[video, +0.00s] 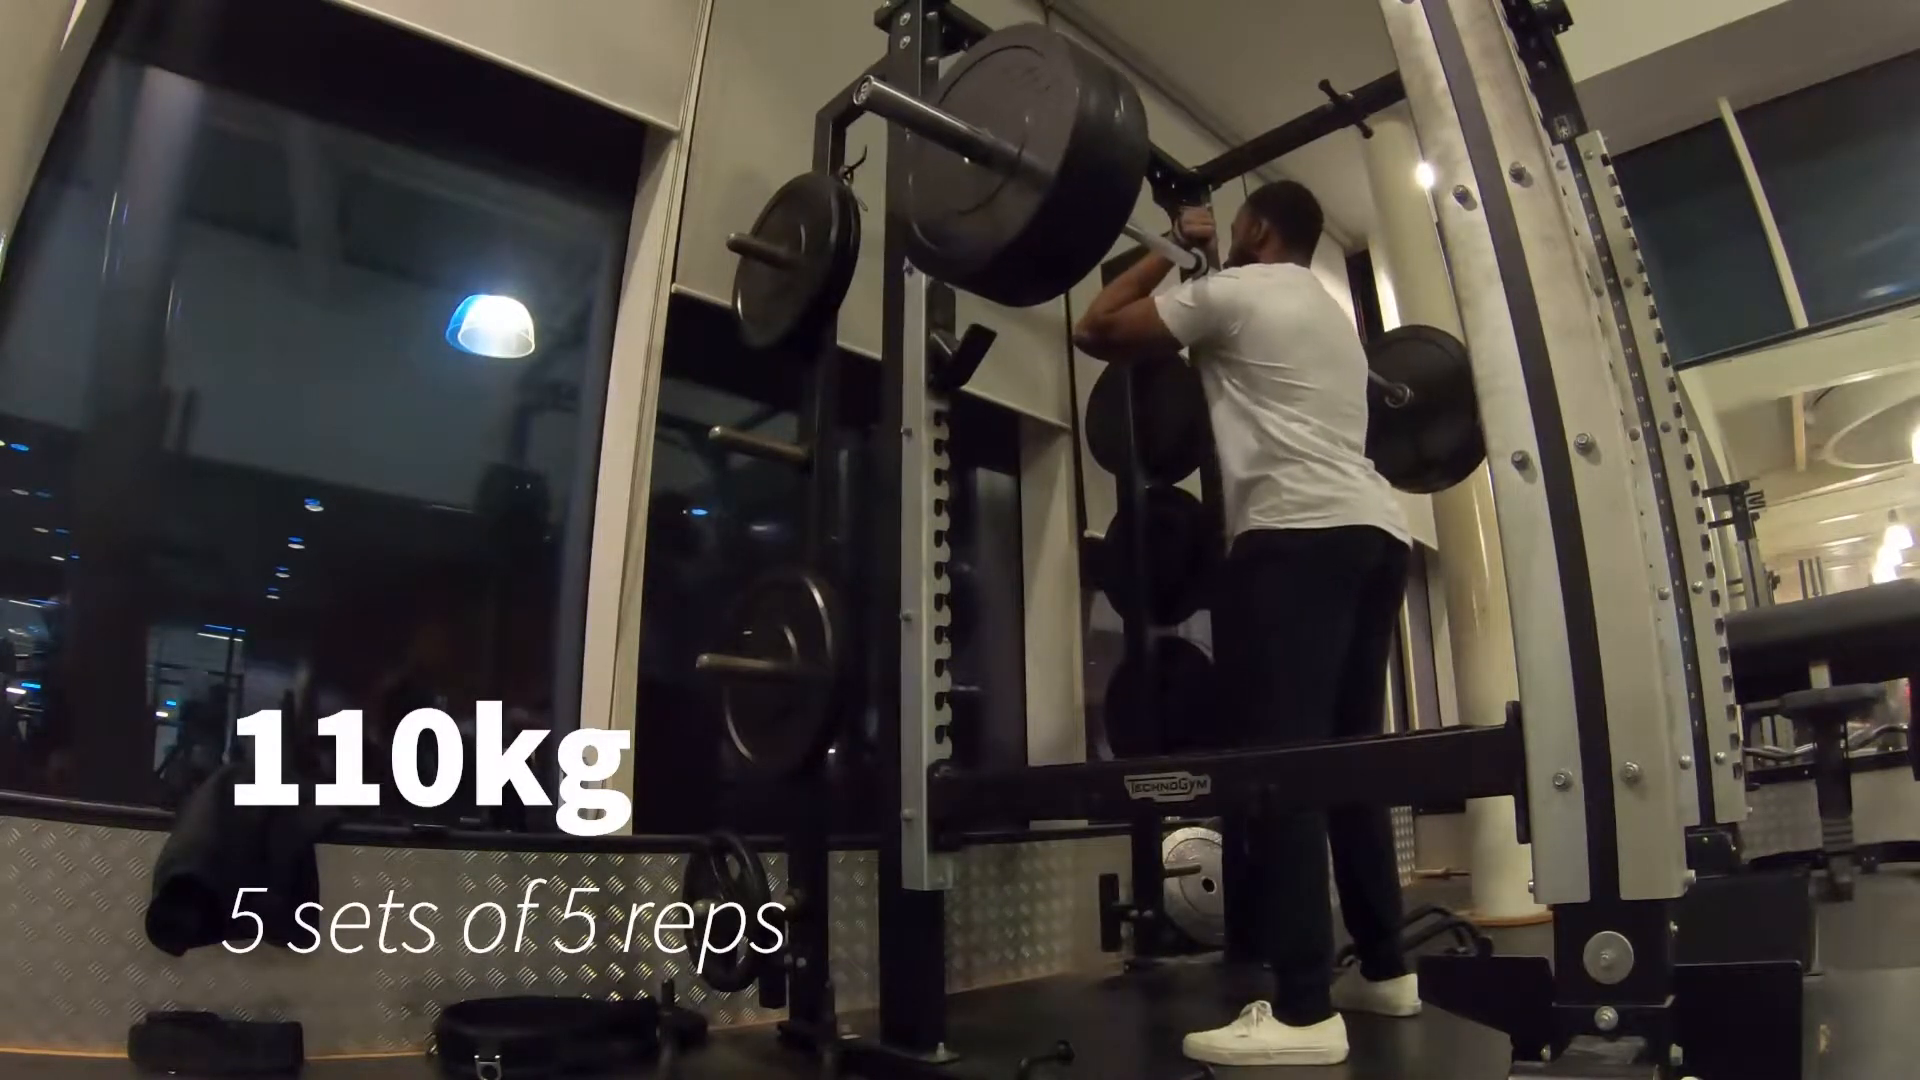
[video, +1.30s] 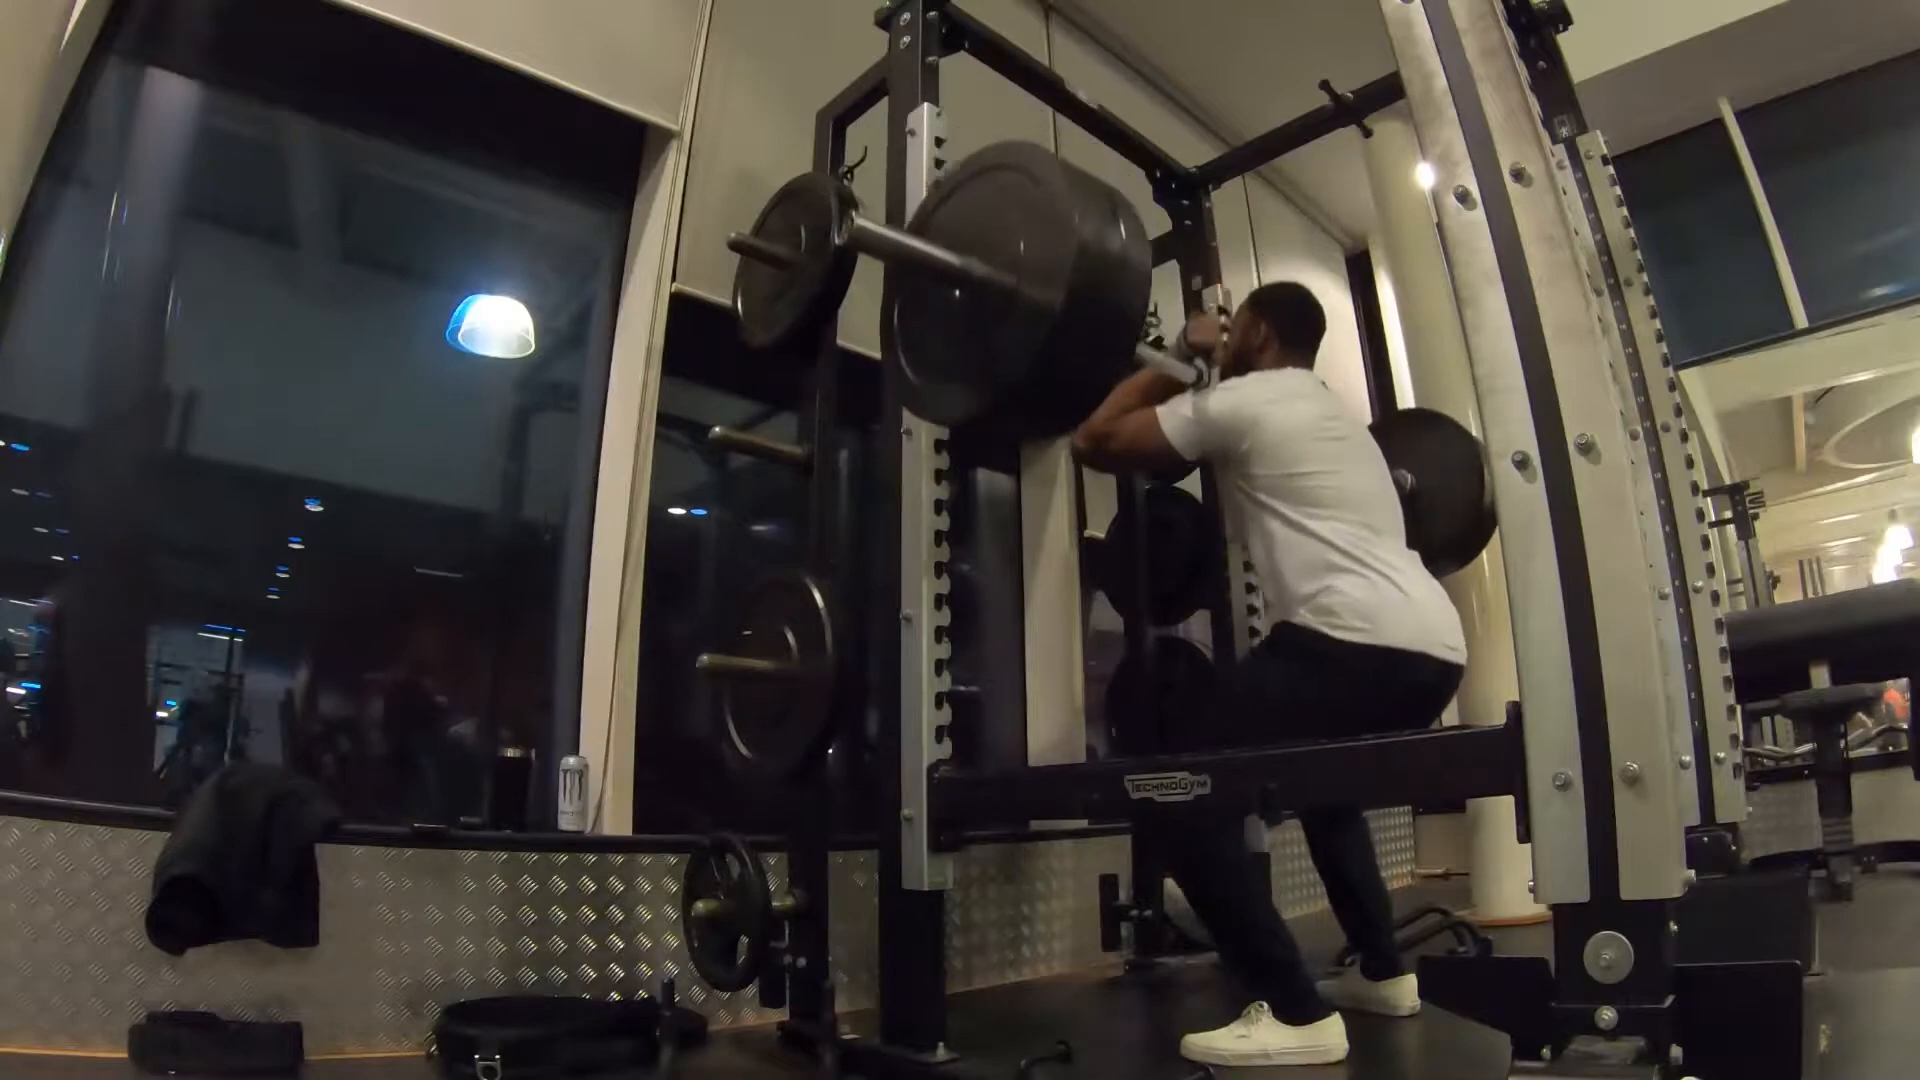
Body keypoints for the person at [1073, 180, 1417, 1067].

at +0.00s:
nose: (1236, 240)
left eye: (1242, 229)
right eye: (1241, 231)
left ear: (1259, 230)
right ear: (1310, 242)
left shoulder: (1239, 295)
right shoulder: (1333, 312)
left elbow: (1097, 324)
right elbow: (1242, 344)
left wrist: (1166, 252)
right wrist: (1202, 264)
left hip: (1290, 541)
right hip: (1373, 540)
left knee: (1278, 770)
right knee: (1350, 762)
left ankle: (1301, 1010)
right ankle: (1386, 970)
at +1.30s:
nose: (1224, 338)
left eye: (1235, 325)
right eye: (1231, 325)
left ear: (1259, 336)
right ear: (1303, 347)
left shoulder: (1240, 404)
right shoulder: (1336, 408)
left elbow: (1099, 437)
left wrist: (1179, 362)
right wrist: (1219, 366)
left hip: (1341, 649)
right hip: (1431, 662)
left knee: (1177, 781)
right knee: (1314, 775)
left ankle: (1293, 1013)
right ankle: (1384, 971)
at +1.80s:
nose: (1225, 452)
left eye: (1232, 441)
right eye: (1227, 439)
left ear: (1254, 450)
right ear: (1304, 456)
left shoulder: (1240, 528)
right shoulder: (1333, 517)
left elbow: (1107, 569)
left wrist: (1166, 486)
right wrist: (1221, 477)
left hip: (1363, 757)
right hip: (1456, 752)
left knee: (1151, 811)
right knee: (1286, 777)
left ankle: (1295, 1013)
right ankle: (1381, 969)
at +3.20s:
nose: (1207, 338)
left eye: (1214, 326)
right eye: (1211, 325)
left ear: (1236, 331)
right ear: (1283, 340)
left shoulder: (1231, 398)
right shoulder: (1314, 406)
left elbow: (1093, 450)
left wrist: (1156, 368)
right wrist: (1191, 375)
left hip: (1327, 632)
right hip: (1412, 640)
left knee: (1181, 789)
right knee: (1319, 778)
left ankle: (1289, 1010)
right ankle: (1383, 970)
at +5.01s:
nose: (1219, 442)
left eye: (1227, 431)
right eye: (1221, 429)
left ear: (1253, 439)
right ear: (1298, 443)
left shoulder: (1245, 513)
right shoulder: (1334, 504)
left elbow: (1114, 556)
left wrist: (1166, 476)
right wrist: (1219, 470)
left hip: (1372, 734)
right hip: (1463, 732)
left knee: (1169, 803)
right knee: (1300, 781)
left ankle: (1294, 1013)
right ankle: (1382, 971)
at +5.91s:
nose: (1220, 466)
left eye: (1227, 454)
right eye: (1222, 454)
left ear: (1253, 462)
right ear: (1299, 467)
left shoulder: (1249, 534)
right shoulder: (1335, 522)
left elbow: (1123, 590)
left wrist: (1167, 500)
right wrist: (1223, 498)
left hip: (1385, 765)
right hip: (1468, 758)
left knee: (1172, 812)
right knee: (1300, 778)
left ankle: (1294, 1014)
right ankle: (1381, 971)